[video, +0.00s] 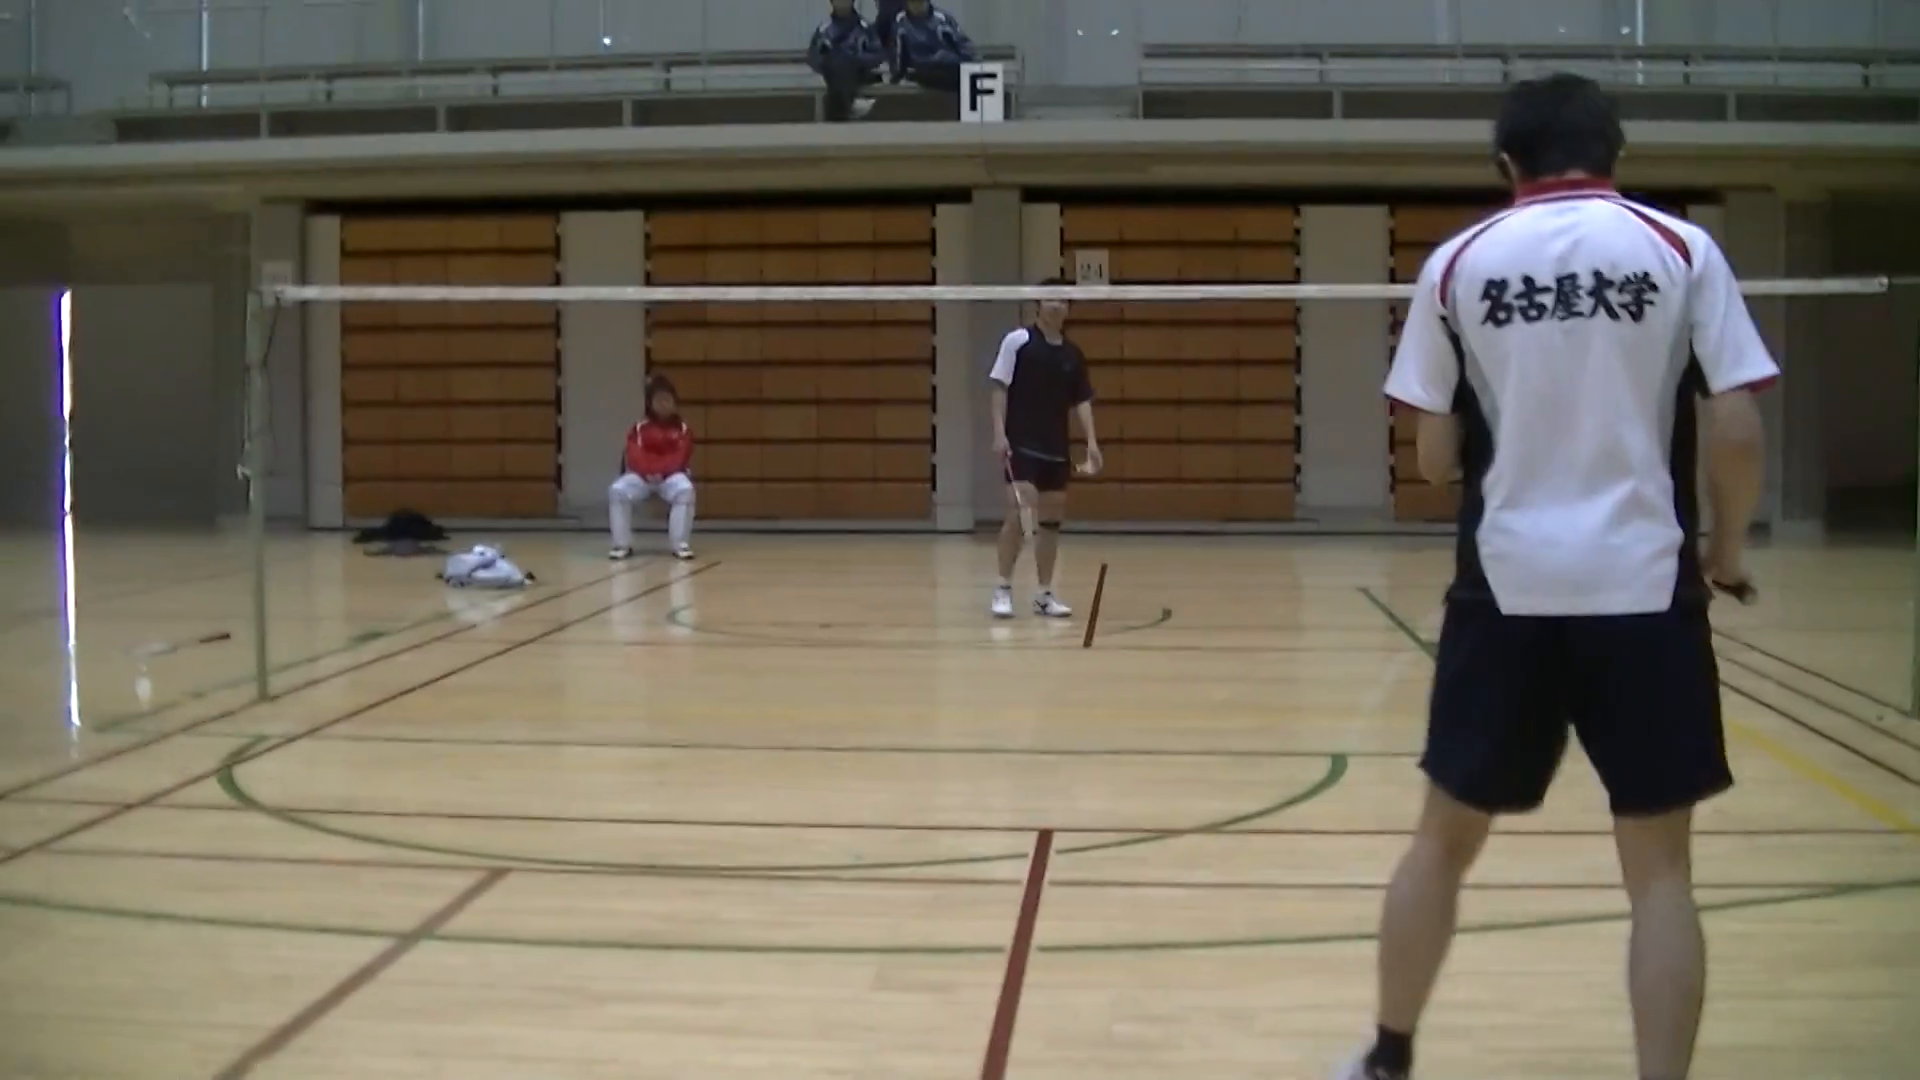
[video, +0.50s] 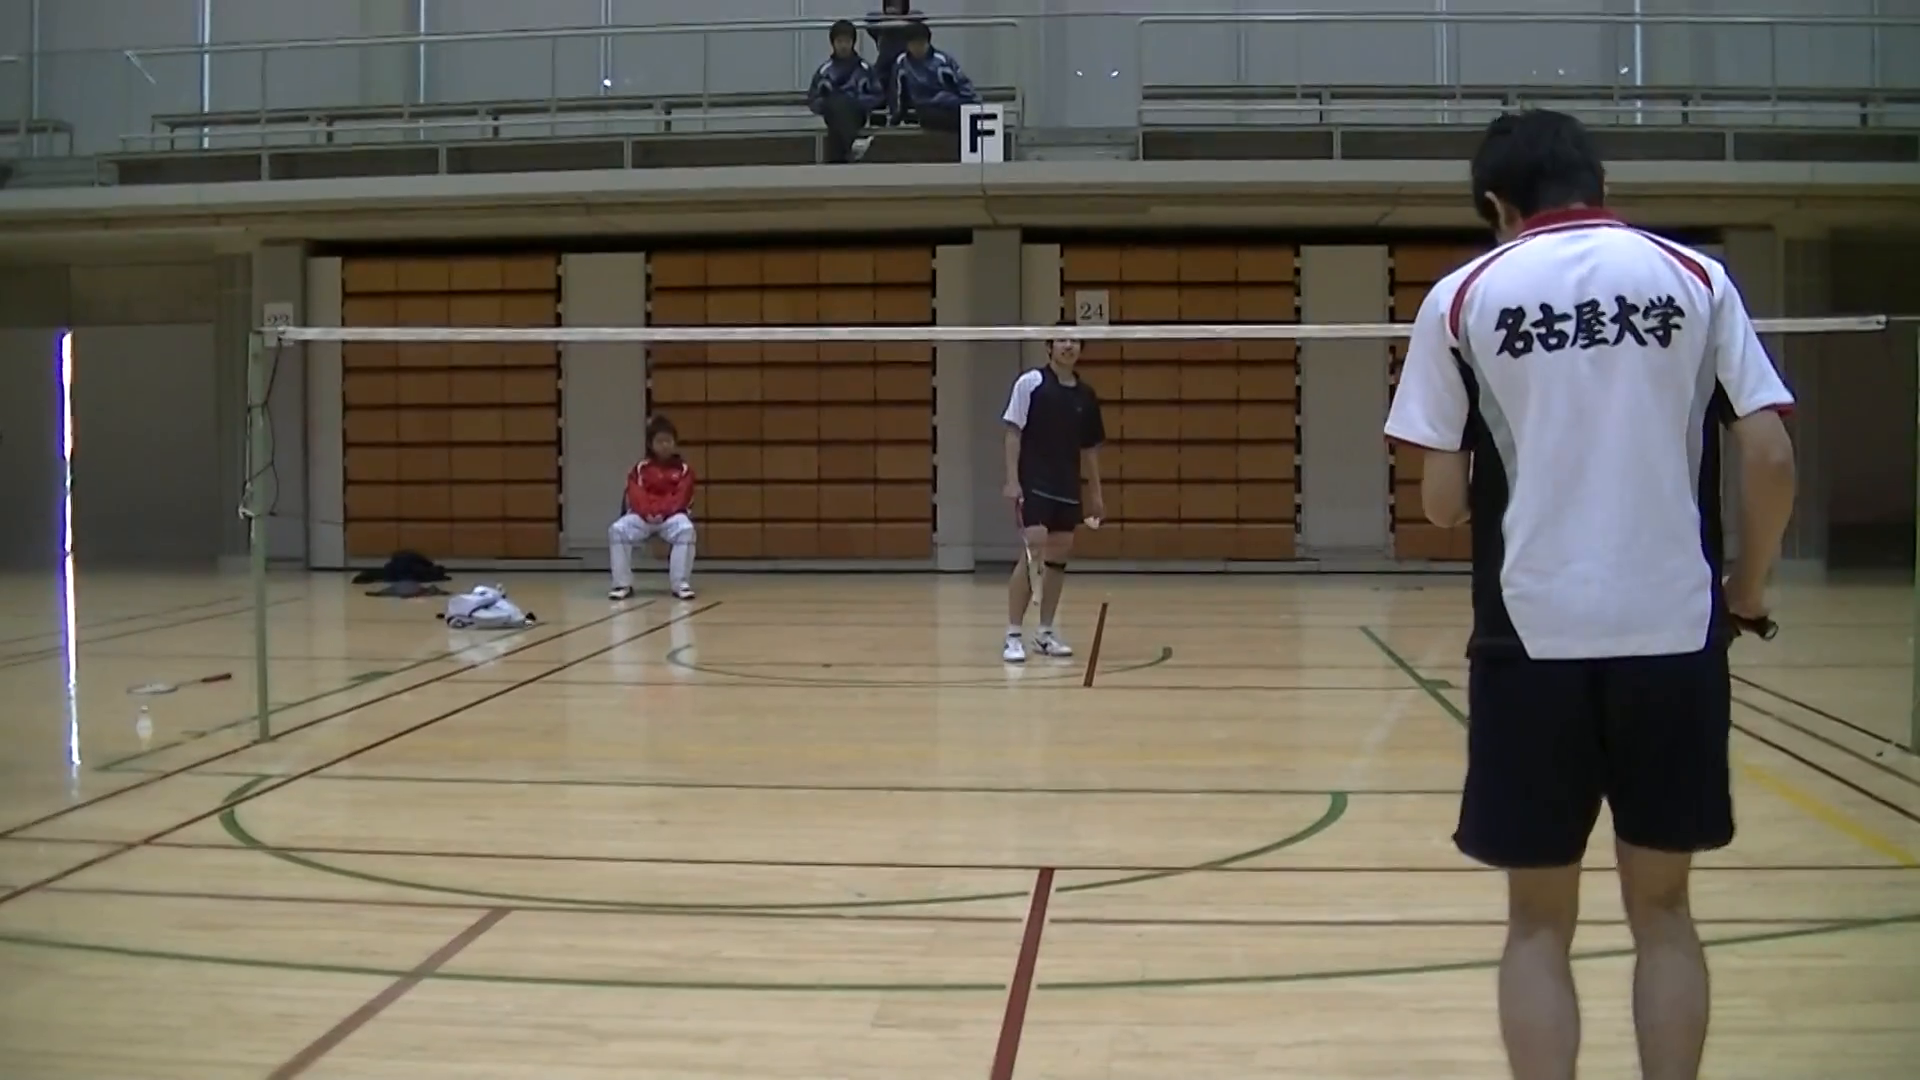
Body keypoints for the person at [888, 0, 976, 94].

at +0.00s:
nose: (917, 7)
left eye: (921, 3)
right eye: (913, 3)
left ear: (927, 3)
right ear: (907, 4)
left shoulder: (942, 17)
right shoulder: (901, 22)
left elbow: (960, 41)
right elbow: (898, 51)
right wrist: (897, 74)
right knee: (944, 56)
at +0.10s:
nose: (922, 32)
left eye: (925, 27)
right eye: (917, 28)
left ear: (932, 27)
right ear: (911, 29)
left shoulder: (946, 43)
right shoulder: (906, 46)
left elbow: (965, 65)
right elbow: (901, 75)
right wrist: (899, 100)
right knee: (947, 81)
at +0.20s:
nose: (918, 41)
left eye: (922, 36)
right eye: (914, 36)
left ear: (928, 35)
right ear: (908, 37)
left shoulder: (943, 51)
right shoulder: (902, 55)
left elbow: (962, 73)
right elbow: (897, 85)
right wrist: (896, 108)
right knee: (945, 88)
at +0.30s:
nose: (917, 44)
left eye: (921, 39)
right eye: (913, 39)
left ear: (928, 38)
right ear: (907, 40)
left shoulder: (942, 55)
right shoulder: (901, 58)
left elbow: (962, 77)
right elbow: (897, 88)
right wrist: (894, 114)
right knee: (944, 92)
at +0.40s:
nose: (917, 47)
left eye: (921, 42)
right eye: (913, 42)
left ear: (927, 41)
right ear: (907, 43)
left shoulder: (943, 58)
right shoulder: (901, 61)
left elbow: (962, 81)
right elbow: (898, 92)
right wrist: (893, 118)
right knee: (944, 95)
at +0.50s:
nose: (918, 49)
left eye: (921, 44)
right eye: (913, 45)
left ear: (928, 43)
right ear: (907, 45)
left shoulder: (943, 60)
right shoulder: (902, 64)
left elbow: (962, 83)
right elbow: (898, 93)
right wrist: (894, 119)